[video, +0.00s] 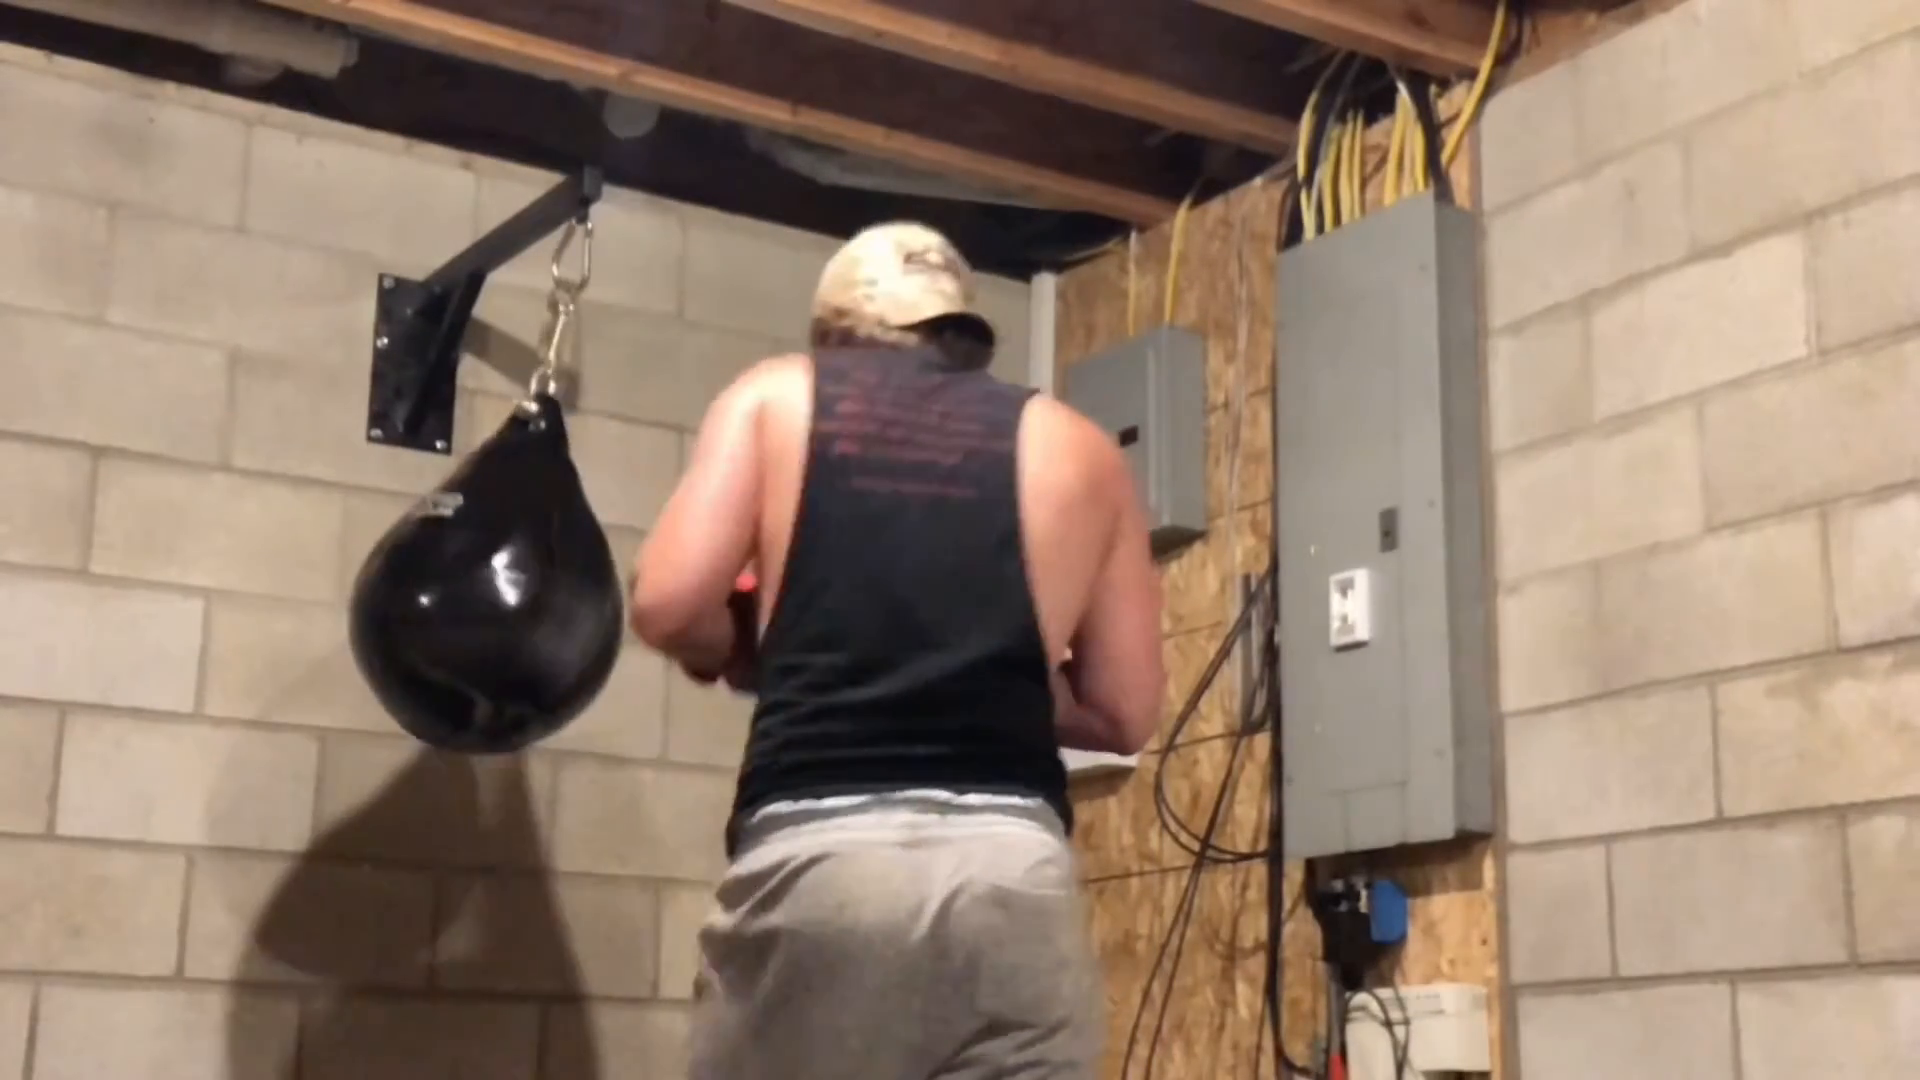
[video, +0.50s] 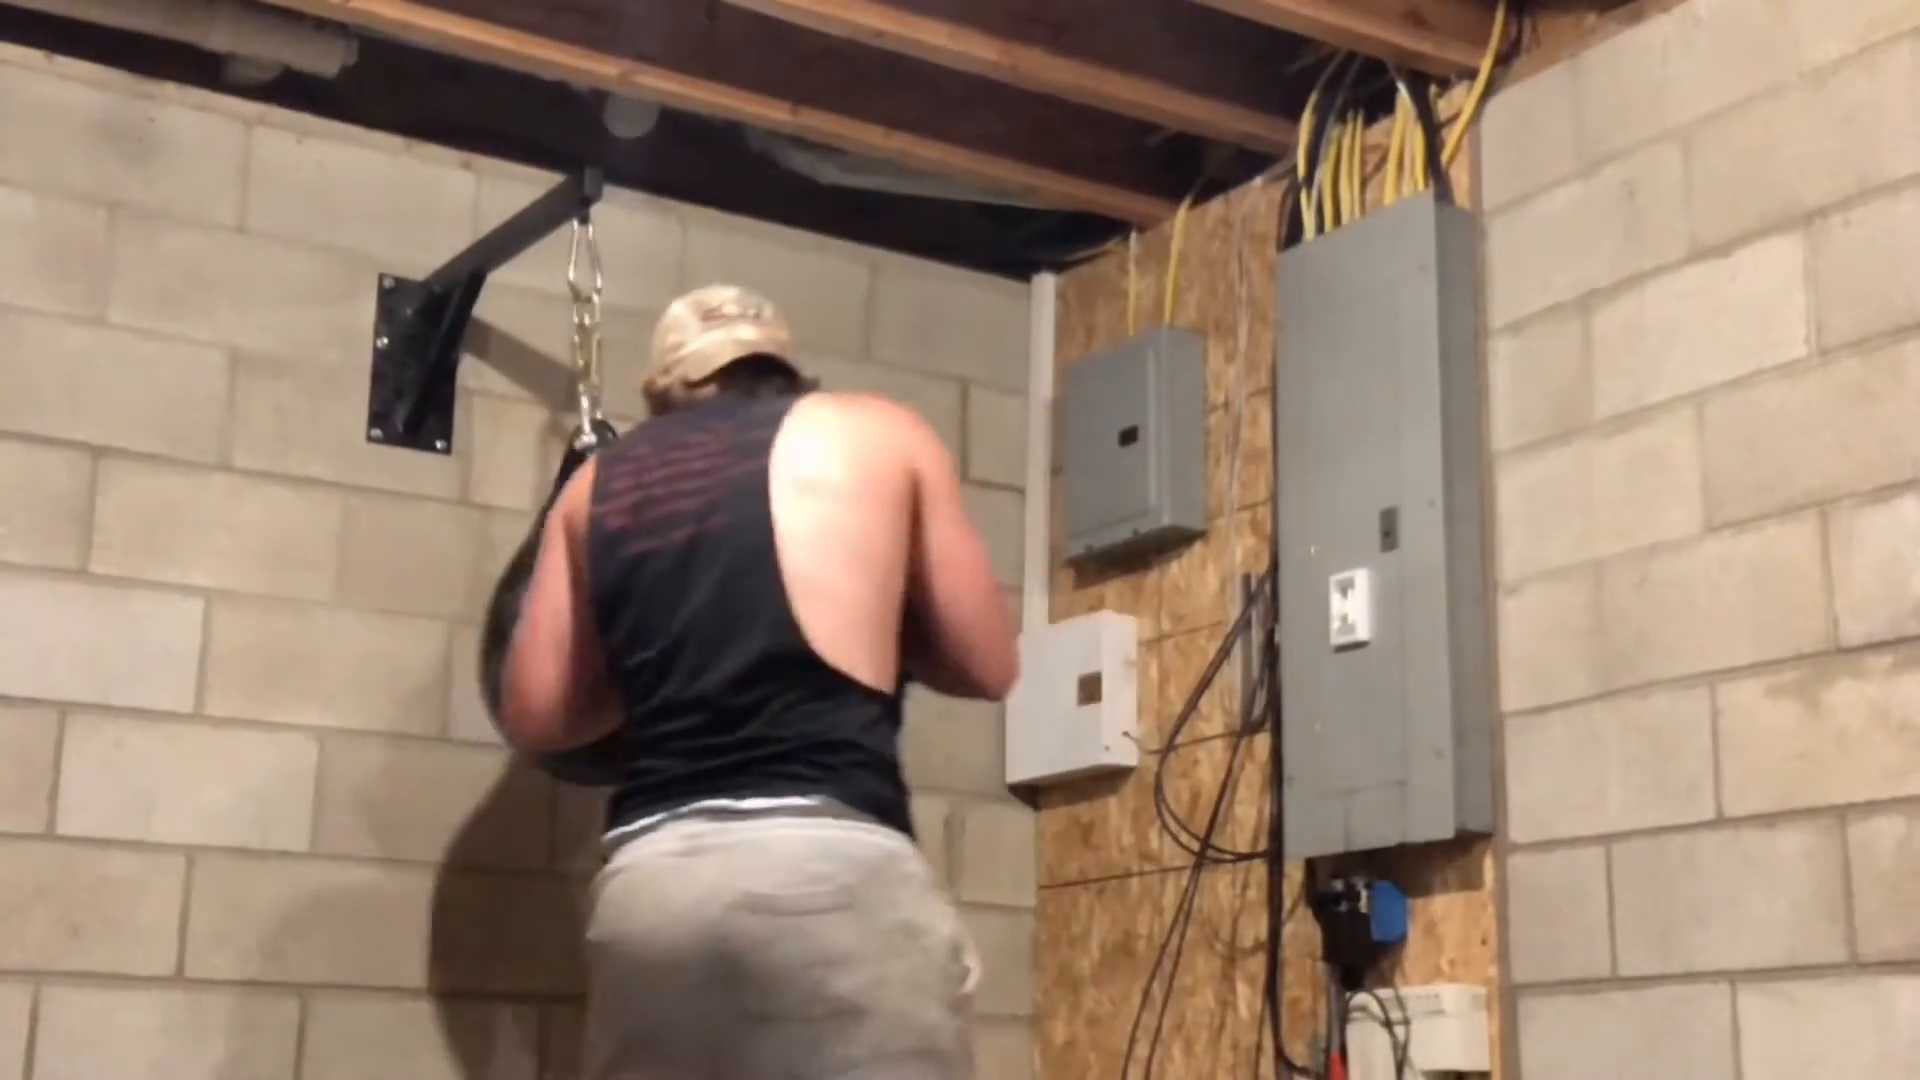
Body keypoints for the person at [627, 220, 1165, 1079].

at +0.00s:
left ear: (831, 326)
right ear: (965, 333)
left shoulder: (768, 396)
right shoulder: (1080, 447)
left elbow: (666, 604)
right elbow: (1125, 716)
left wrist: (742, 645)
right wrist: (981, 681)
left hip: (816, 868)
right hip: (1016, 872)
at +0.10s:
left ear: (798, 344)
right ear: (932, 346)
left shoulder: (727, 428)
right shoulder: (1047, 454)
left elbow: (642, 637)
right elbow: (1114, 712)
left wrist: (750, 671)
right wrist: (976, 679)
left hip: (795, 883)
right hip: (994, 879)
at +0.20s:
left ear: (753, 359)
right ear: (886, 353)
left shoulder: (680, 454)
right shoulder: (1002, 450)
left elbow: (602, 678)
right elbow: (1081, 692)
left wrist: (719, 681)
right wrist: (954, 657)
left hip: (761, 890)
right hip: (960, 881)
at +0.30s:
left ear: (713, 373)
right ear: (847, 358)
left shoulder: (638, 473)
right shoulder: (957, 436)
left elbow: (576, 704)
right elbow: (1049, 676)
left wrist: (696, 685)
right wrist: (918, 642)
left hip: (722, 881)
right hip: (918, 869)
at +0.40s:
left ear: (685, 379)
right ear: (815, 359)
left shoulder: (611, 479)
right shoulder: (915, 427)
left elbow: (554, 713)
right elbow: (1018, 663)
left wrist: (695, 675)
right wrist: (891, 622)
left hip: (680, 878)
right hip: (874, 863)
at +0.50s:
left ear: (662, 388)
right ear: (786, 369)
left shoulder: (591, 484)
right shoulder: (887, 431)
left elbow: (537, 715)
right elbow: (987, 664)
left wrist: (666, 660)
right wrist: (854, 612)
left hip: (650, 882)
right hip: (845, 876)